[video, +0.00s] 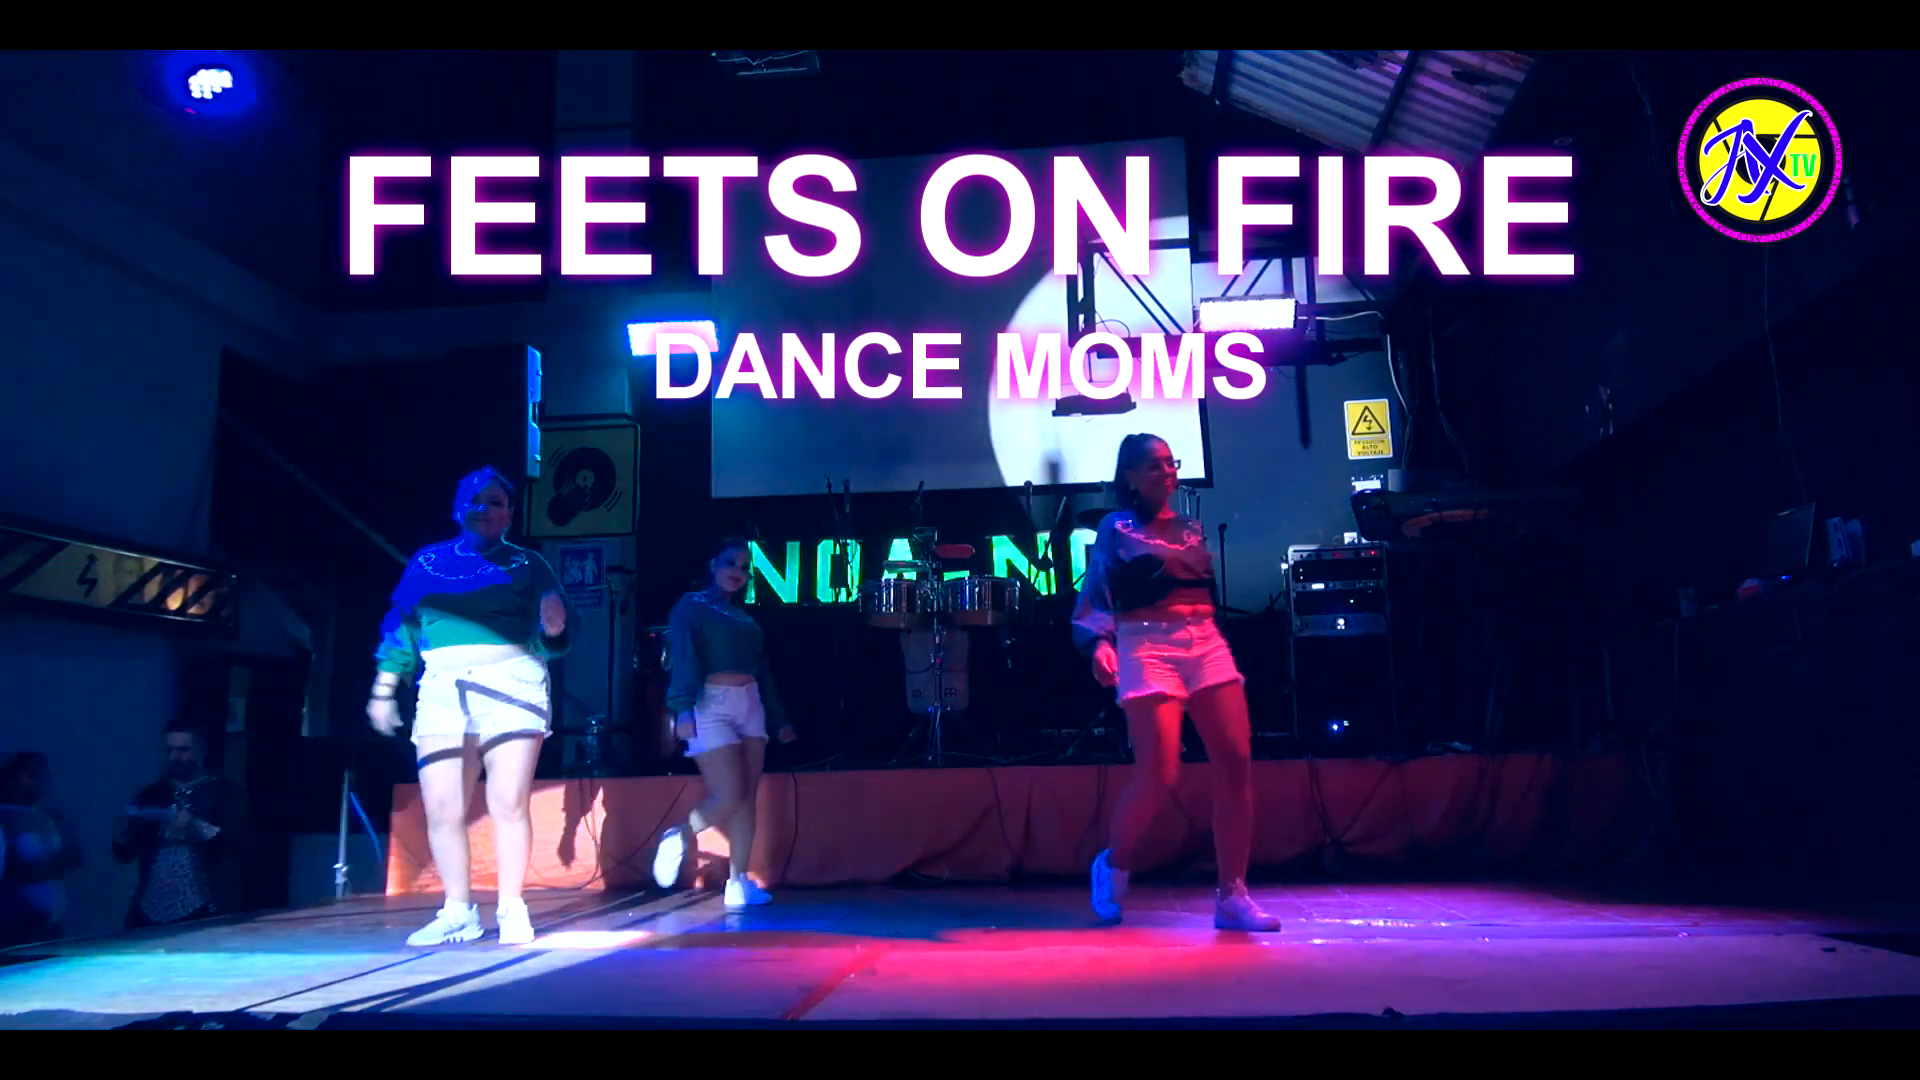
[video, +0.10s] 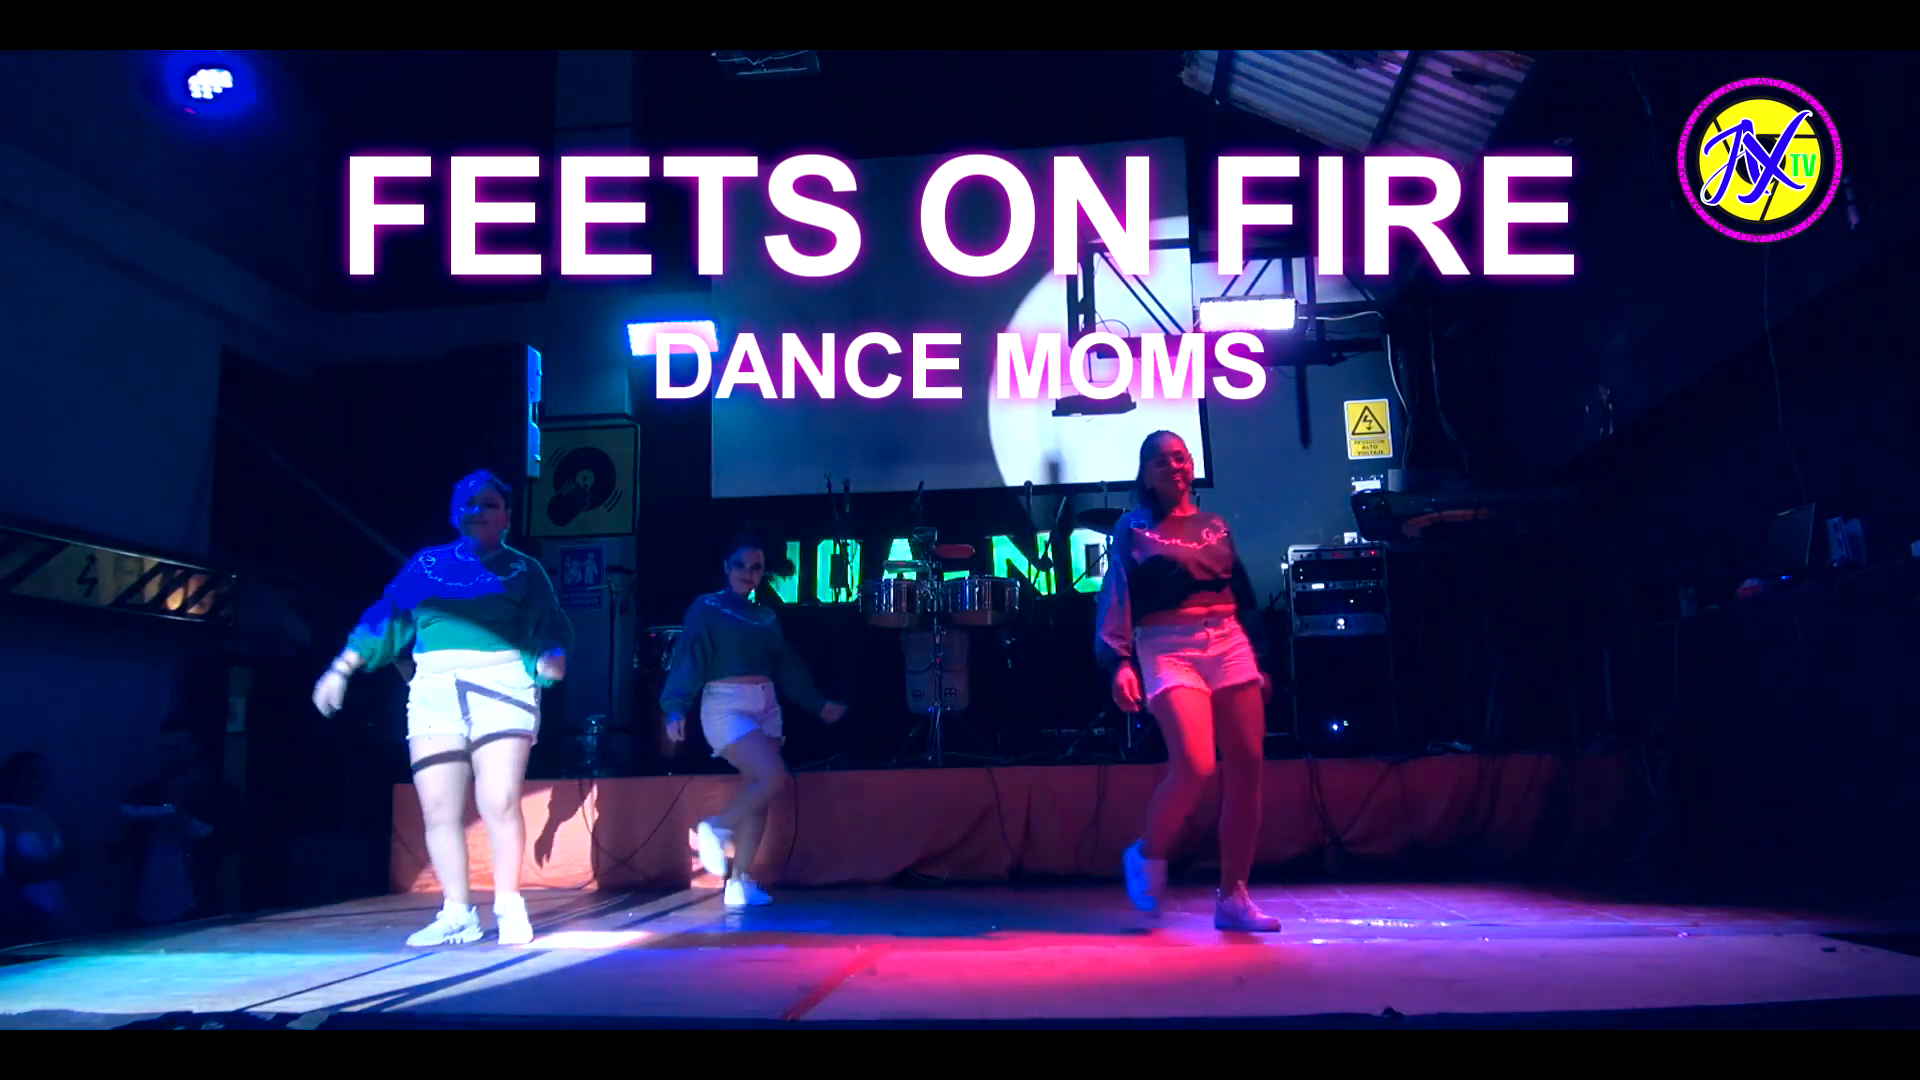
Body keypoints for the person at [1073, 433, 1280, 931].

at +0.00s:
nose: (1169, 471)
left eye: (1171, 463)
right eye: (1156, 465)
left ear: (1177, 471)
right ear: (1129, 476)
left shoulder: (1191, 529)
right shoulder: (1115, 529)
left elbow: (1202, 590)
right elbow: (1094, 601)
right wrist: (1098, 641)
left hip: (1204, 639)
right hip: (1145, 645)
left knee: (1236, 759)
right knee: (1160, 773)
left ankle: (1233, 894)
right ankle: (1111, 868)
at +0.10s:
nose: (1177, 465)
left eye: (1183, 457)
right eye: (1165, 460)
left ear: (1194, 468)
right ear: (1144, 473)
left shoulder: (1215, 525)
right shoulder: (1132, 529)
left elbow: (1238, 600)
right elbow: (1116, 601)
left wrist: (1254, 665)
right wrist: (1121, 662)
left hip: (1228, 639)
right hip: (1165, 646)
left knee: (1247, 761)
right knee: (1196, 766)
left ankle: (1234, 895)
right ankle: (1147, 859)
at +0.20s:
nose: (1180, 455)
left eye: (1188, 446)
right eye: (1170, 449)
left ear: (1208, 455)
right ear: (1158, 462)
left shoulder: (1238, 513)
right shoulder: (1145, 522)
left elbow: (1273, 587)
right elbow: (1130, 602)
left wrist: (1296, 647)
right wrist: (1135, 670)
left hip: (1245, 631)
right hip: (1180, 637)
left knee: (1249, 765)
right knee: (1213, 756)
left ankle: (1238, 890)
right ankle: (1214, 889)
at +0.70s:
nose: (1230, 439)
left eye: (1239, 428)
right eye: (1220, 432)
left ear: (1264, 433)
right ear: (1212, 444)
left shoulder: (1308, 488)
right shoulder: (1208, 509)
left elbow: (1351, 559)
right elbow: (1183, 590)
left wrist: (1373, 633)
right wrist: (1175, 665)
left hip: (1295, 631)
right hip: (1223, 630)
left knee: (1328, 755)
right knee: (1242, 764)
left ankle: (1297, 861)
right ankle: (1274, 902)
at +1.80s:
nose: (1240, 426)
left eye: (1249, 415)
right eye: (1234, 419)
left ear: (1279, 412)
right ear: (1232, 423)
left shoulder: (1327, 470)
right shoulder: (1225, 482)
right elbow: (1200, 572)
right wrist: (1193, 651)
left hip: (1314, 608)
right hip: (1237, 609)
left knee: (1357, 747)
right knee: (1255, 759)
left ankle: (1351, 892)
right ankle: (1284, 903)